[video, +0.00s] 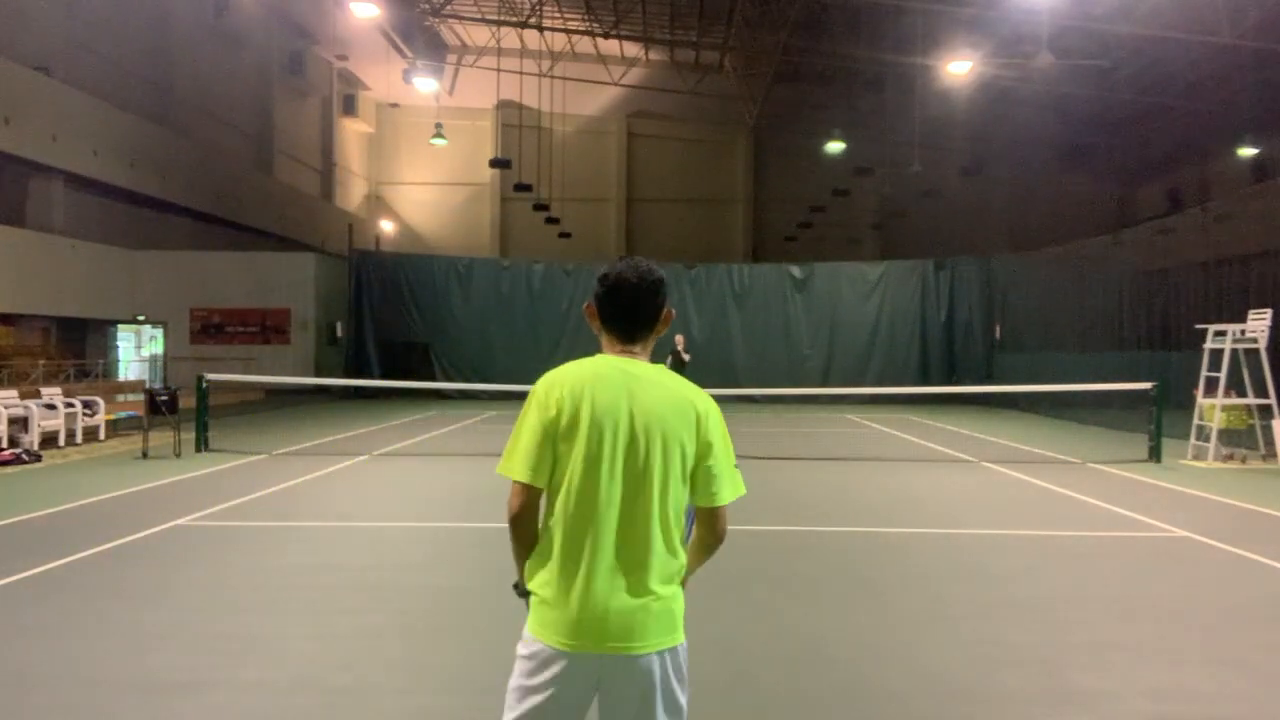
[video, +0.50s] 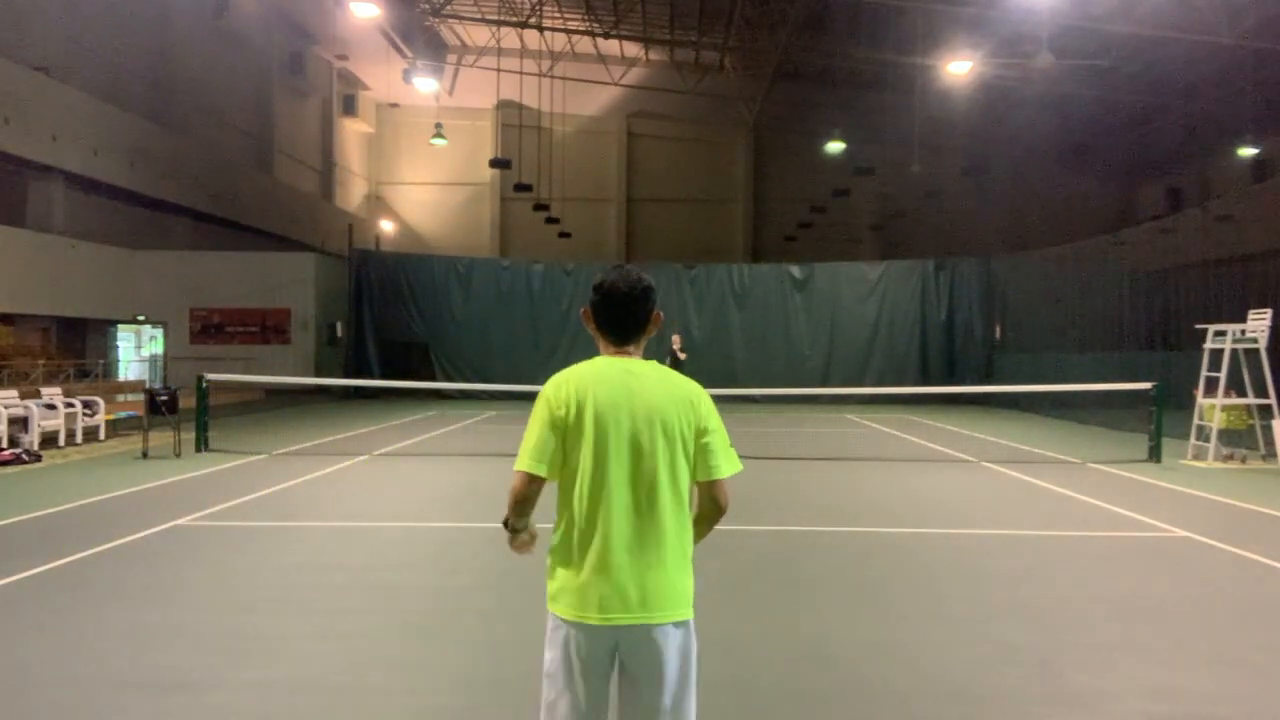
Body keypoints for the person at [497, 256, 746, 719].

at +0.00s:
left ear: (592, 315)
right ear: (665, 319)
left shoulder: (556, 388)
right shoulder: (694, 403)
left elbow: (521, 508)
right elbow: (713, 528)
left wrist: (528, 576)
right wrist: (673, 576)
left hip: (559, 629)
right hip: (651, 633)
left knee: (528, 713)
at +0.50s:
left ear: (589, 320)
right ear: (653, 322)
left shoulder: (565, 388)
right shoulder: (688, 393)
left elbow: (525, 487)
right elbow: (716, 500)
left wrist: (517, 526)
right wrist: (680, 540)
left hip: (580, 607)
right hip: (664, 607)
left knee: (569, 714)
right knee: (664, 715)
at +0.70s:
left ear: (584, 317)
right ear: (647, 317)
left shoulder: (559, 382)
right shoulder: (682, 388)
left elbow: (508, 450)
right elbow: (707, 489)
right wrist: (668, 523)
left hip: (580, 584)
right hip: (662, 585)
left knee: (569, 709)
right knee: (678, 708)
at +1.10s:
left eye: (649, 322)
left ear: (649, 329)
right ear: (712, 337)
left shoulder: (618, 384)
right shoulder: (732, 400)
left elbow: (593, 476)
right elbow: (740, 502)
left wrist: (601, 399)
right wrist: (687, 499)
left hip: (616, 576)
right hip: (694, 580)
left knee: (595, 704)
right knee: (705, 706)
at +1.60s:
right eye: (684, 359)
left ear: (624, 362)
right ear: (682, 361)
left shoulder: (602, 403)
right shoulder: (713, 407)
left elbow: (592, 504)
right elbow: (733, 502)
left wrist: (582, 471)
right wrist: (679, 492)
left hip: (618, 577)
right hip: (697, 578)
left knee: (593, 706)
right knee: (712, 704)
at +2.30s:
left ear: (629, 336)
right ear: (688, 337)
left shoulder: (607, 385)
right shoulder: (720, 391)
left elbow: (583, 479)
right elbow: (742, 487)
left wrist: (636, 488)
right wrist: (695, 514)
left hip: (621, 574)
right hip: (699, 575)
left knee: (595, 705)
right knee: (719, 704)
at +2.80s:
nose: (681, 330)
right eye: (681, 325)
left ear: (620, 335)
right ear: (680, 333)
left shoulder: (602, 393)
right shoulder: (714, 393)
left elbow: (583, 490)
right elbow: (744, 486)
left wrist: (627, 497)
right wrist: (698, 515)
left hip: (625, 578)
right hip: (702, 578)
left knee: (594, 709)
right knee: (723, 709)